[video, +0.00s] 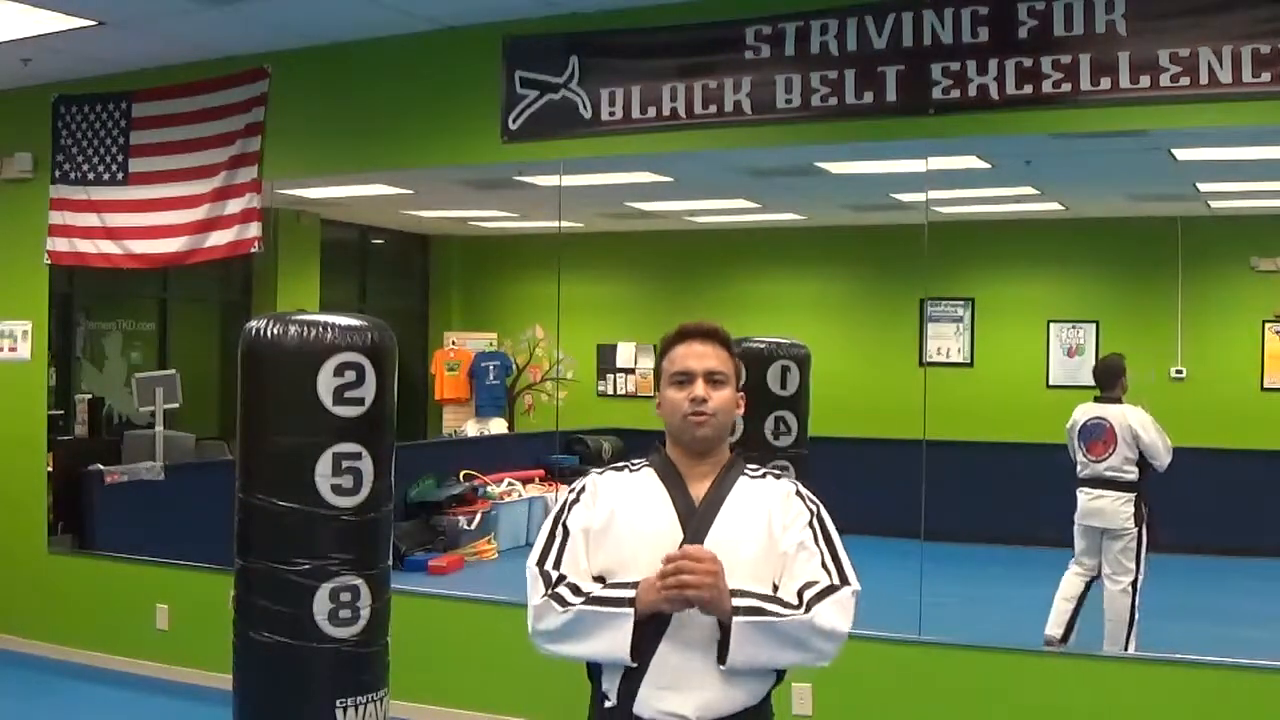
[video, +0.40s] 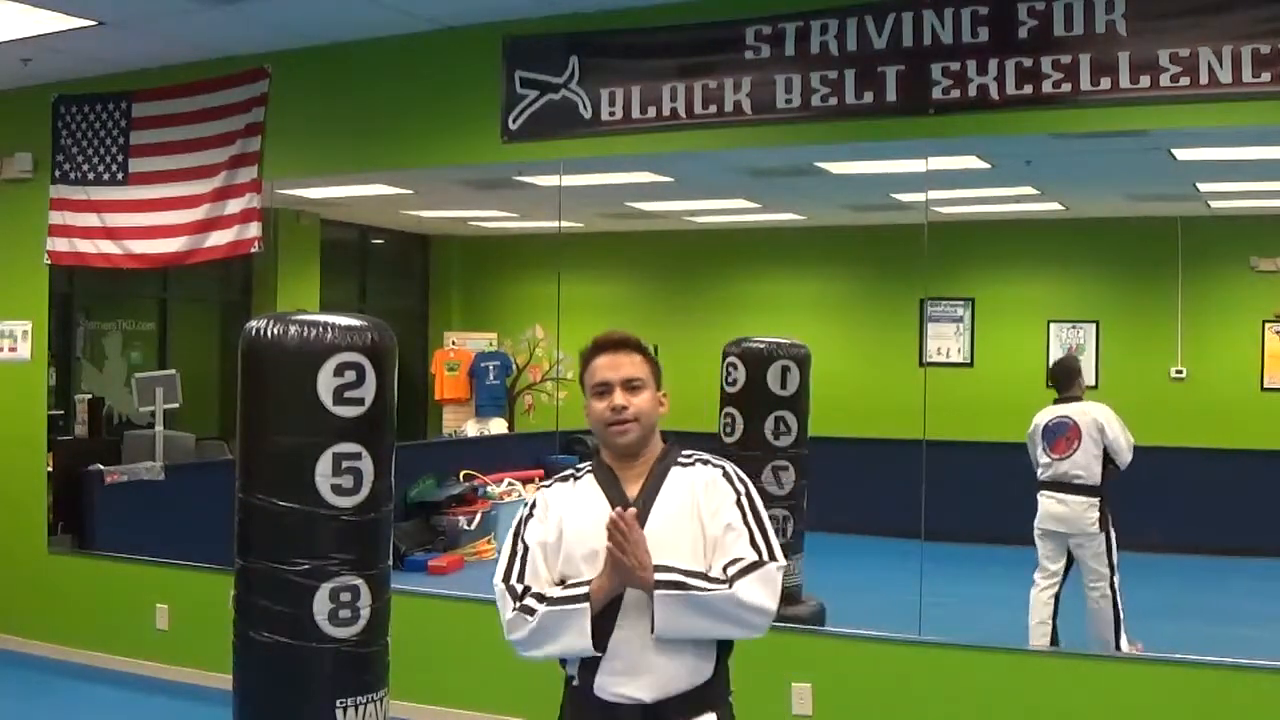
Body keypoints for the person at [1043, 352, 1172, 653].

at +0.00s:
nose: (1128, 379)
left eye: (1125, 374)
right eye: (1126, 375)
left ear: (1096, 380)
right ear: (1123, 380)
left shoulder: (1080, 413)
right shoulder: (1135, 416)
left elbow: (1075, 455)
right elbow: (1162, 459)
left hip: (1086, 500)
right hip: (1122, 504)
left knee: (1081, 567)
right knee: (1121, 579)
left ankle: (1053, 636)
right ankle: (1117, 653)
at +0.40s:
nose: (1084, 380)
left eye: (1080, 376)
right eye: (1082, 376)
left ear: (1053, 384)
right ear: (1080, 381)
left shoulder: (1041, 418)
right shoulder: (1099, 413)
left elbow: (1038, 462)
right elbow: (1124, 455)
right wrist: (1098, 471)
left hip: (1048, 505)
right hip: (1086, 507)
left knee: (1046, 577)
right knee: (1099, 582)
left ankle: (1039, 649)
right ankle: (1112, 650)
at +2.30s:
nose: (1079, 382)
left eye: (1076, 378)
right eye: (1077, 378)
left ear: (1047, 385)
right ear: (1074, 382)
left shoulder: (1033, 416)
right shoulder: (1090, 413)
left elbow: (1032, 458)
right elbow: (1118, 458)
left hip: (1039, 508)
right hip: (1075, 511)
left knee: (1043, 583)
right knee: (1067, 586)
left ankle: (1050, 648)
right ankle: (1046, 654)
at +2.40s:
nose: (1079, 381)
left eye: (1076, 376)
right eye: (1077, 376)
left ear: (1047, 385)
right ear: (1074, 380)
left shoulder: (1034, 416)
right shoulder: (1092, 411)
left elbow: (1032, 459)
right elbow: (1119, 454)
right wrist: (1090, 451)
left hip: (1041, 506)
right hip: (1077, 509)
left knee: (1044, 580)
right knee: (1070, 582)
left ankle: (1048, 646)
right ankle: (1048, 653)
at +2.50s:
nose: (1079, 380)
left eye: (1076, 375)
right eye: (1077, 376)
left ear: (1048, 384)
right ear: (1074, 380)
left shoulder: (1034, 415)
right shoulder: (1093, 410)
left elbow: (1033, 459)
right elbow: (1121, 452)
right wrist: (1093, 451)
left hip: (1044, 504)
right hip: (1080, 507)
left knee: (1047, 578)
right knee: (1077, 582)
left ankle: (1048, 646)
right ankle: (1049, 651)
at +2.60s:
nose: (1080, 383)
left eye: (1077, 378)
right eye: (1078, 379)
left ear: (1048, 385)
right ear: (1075, 382)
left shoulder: (1035, 416)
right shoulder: (1092, 409)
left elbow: (1034, 459)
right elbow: (1120, 451)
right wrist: (1093, 453)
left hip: (1045, 505)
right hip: (1082, 507)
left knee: (1053, 578)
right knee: (1090, 579)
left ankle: (1051, 648)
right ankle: (1056, 647)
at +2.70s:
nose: (1082, 385)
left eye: (1080, 381)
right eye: (1081, 381)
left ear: (1050, 386)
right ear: (1077, 383)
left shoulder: (1036, 416)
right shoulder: (1092, 410)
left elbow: (1034, 458)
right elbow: (1119, 452)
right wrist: (1091, 450)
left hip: (1047, 504)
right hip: (1083, 506)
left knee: (1056, 575)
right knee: (1109, 573)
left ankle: (1054, 645)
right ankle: (1068, 635)